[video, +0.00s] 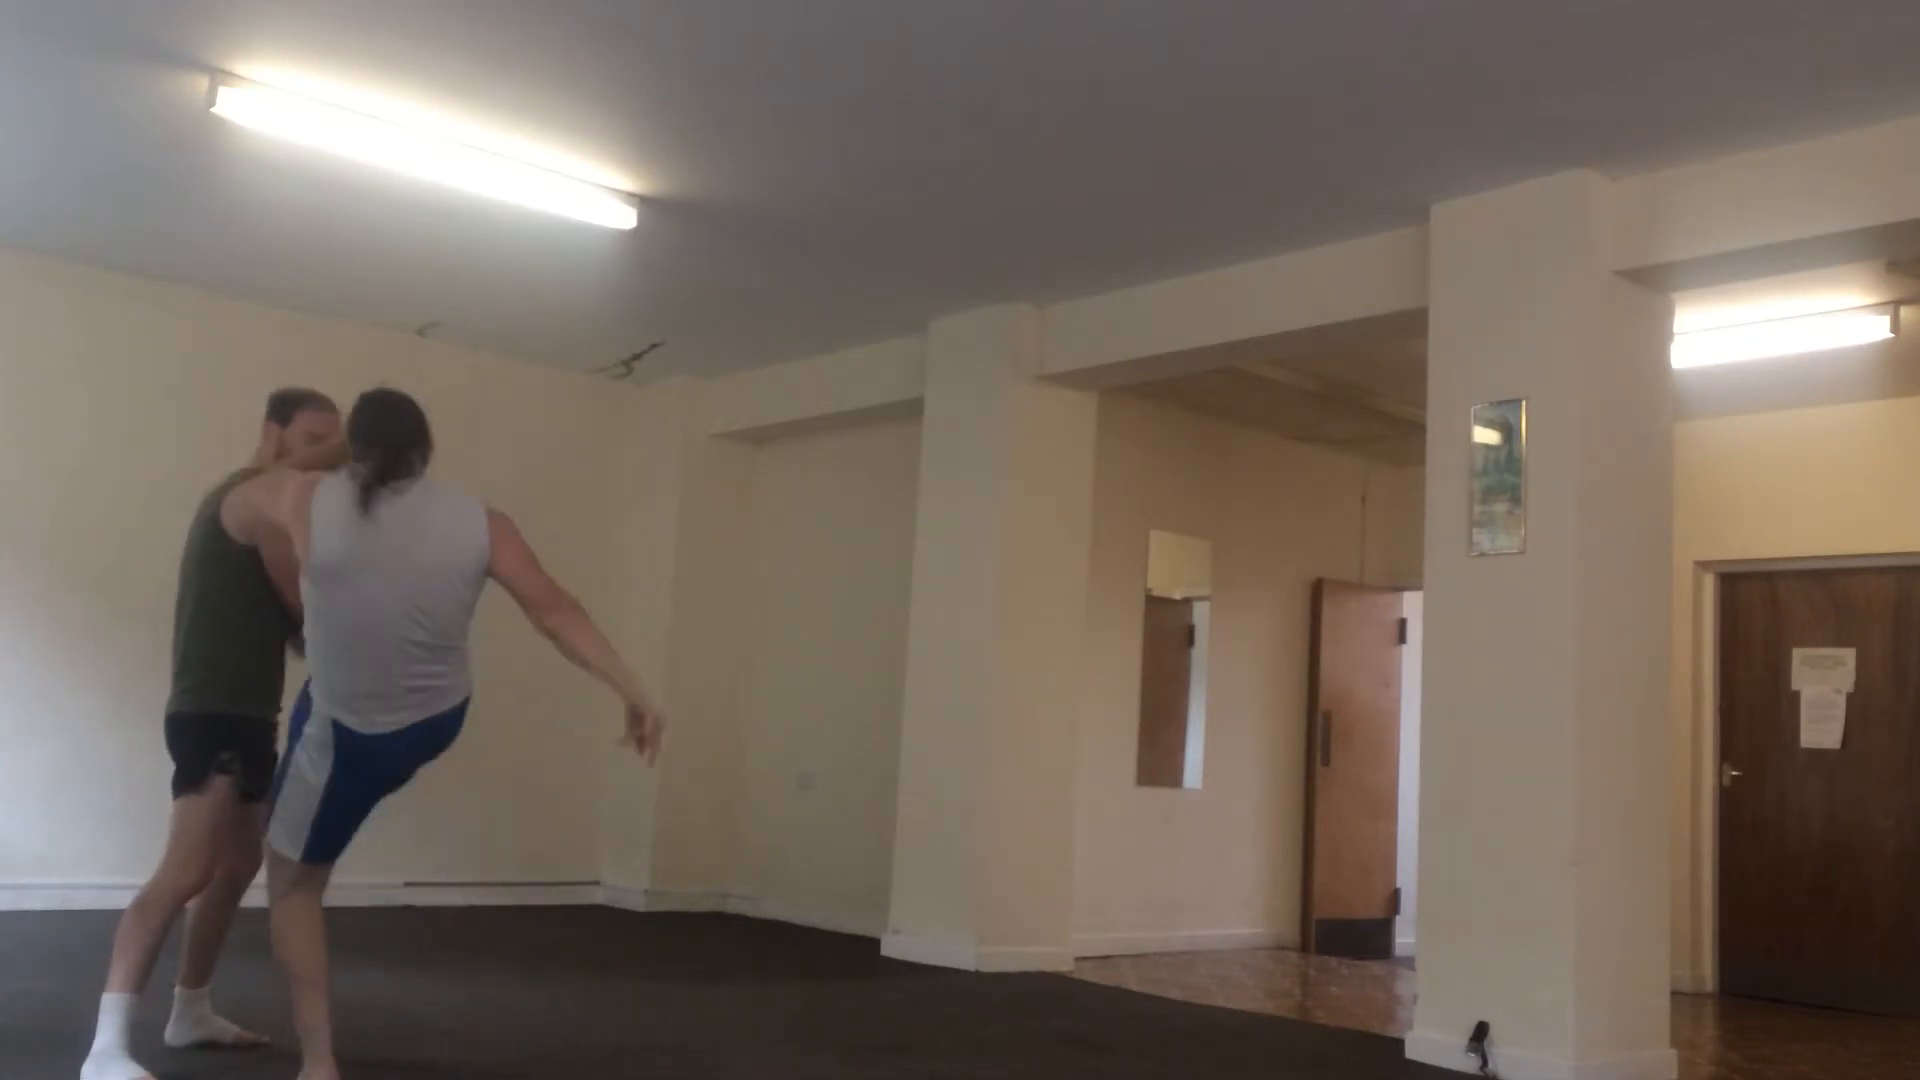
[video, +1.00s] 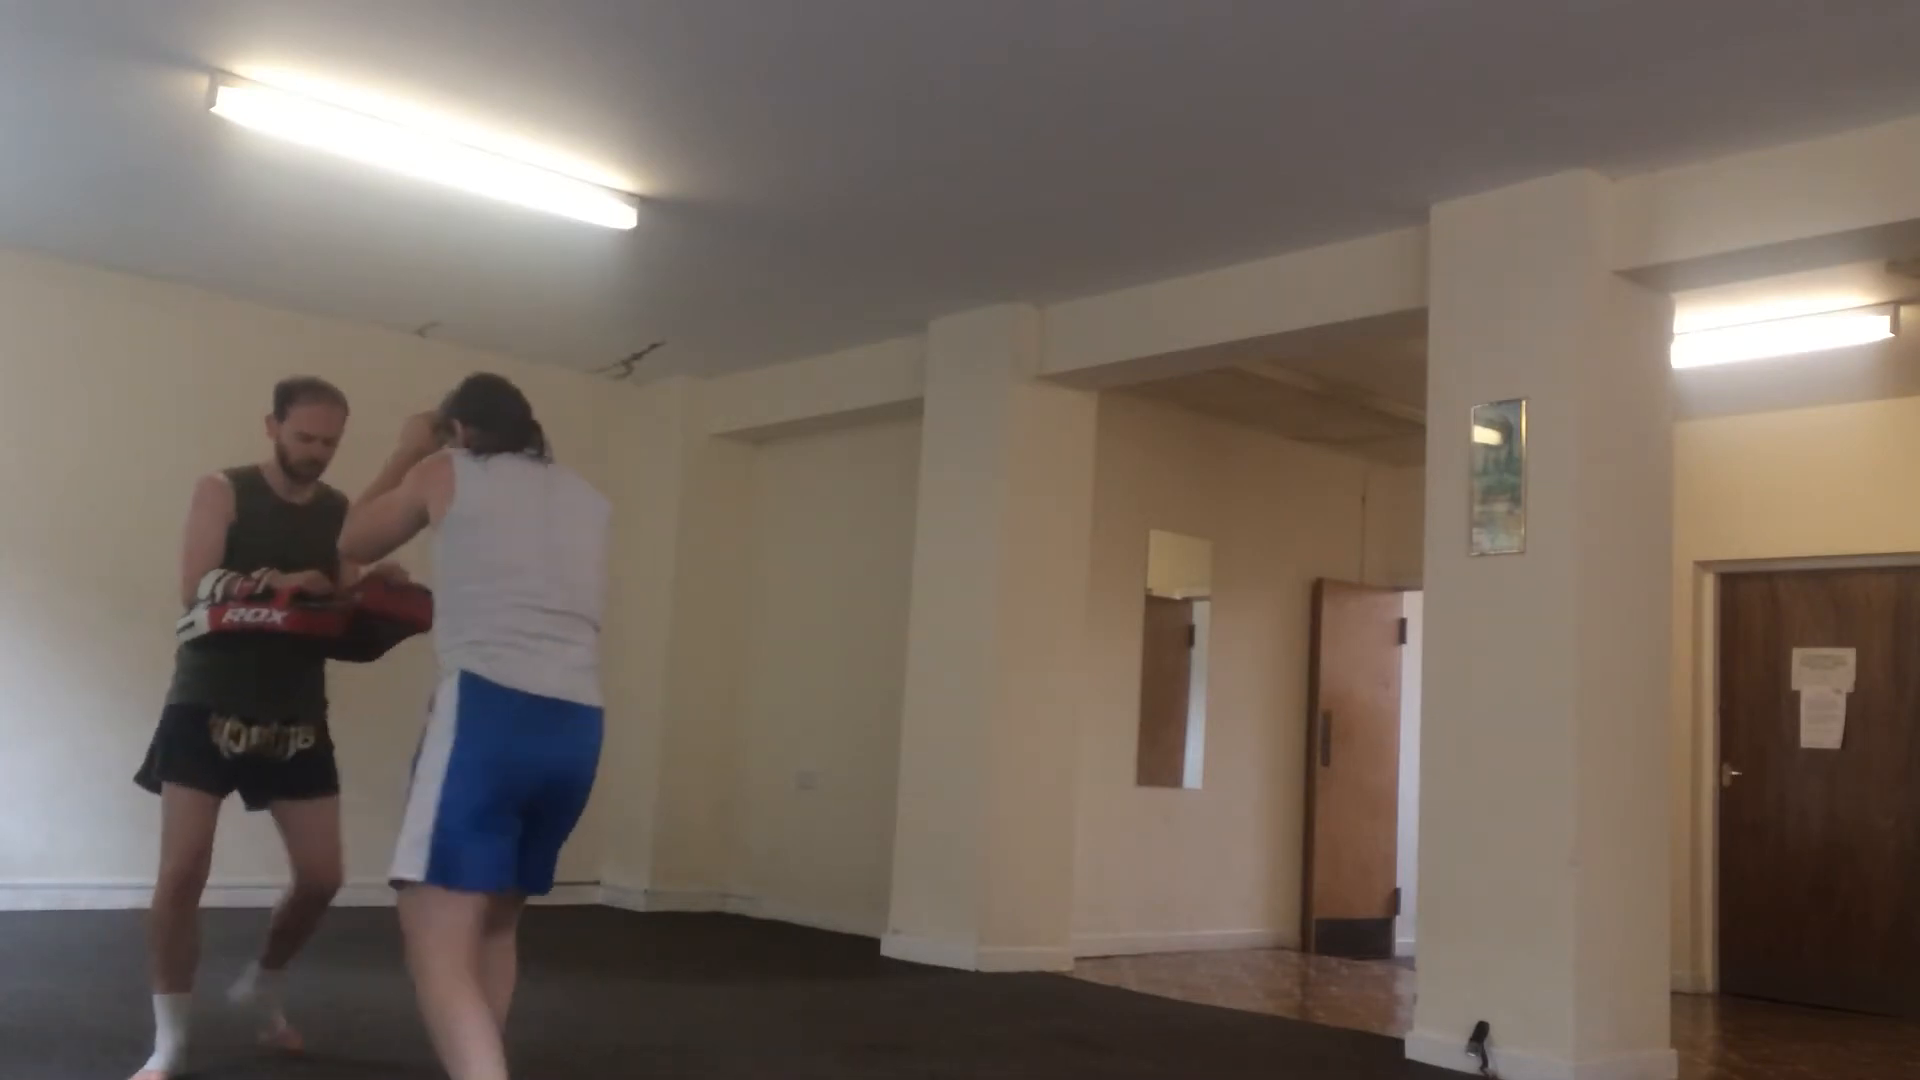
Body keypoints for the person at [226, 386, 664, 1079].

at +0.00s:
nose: (331, 448)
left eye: (338, 439)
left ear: (351, 446)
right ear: (427, 448)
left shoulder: (306, 499)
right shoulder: (476, 520)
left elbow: (231, 510)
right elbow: (554, 610)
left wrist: (279, 474)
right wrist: (631, 692)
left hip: (347, 740)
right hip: (439, 722)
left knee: (294, 886)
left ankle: (319, 1063)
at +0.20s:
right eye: (437, 427)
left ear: (358, 439)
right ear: (434, 435)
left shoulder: (324, 504)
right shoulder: (474, 511)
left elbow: (284, 463)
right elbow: (556, 590)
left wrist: (351, 445)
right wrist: (609, 620)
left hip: (346, 731)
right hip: (441, 713)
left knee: (299, 884)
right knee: (424, 692)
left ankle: (314, 1060)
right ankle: (449, 799)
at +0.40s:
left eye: (366, 430)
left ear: (377, 441)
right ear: (449, 439)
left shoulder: (342, 506)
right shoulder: (486, 512)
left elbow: (272, 501)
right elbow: (538, 564)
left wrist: (351, 449)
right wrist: (480, 478)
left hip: (364, 740)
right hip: (452, 741)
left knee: (312, 897)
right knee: (427, 861)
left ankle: (317, 1065)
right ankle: (449, 985)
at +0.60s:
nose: (408, 443)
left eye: (411, 433)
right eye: (412, 431)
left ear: (422, 442)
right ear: (490, 441)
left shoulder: (395, 501)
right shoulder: (536, 513)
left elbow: (309, 530)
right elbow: (481, 605)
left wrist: (378, 453)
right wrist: (374, 628)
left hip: (404, 747)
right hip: (498, 751)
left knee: (354, 918)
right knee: (464, 938)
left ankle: (325, 1065)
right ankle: (462, 1074)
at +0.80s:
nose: (433, 445)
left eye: (435, 433)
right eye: (435, 432)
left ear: (449, 436)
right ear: (515, 435)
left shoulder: (431, 485)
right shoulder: (568, 504)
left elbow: (343, 550)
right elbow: (523, 613)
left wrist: (391, 459)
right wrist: (395, 627)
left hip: (447, 736)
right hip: (542, 743)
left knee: (379, 905)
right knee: (492, 914)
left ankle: (417, 1070)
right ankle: (471, 1072)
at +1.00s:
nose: (447, 444)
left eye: (447, 434)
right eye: (448, 434)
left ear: (461, 432)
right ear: (528, 431)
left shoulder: (451, 474)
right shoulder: (588, 499)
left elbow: (353, 540)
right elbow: (533, 601)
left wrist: (401, 455)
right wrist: (416, 595)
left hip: (484, 720)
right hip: (574, 732)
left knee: (441, 955)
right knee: (500, 924)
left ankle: (483, 1071)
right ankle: (475, 1070)